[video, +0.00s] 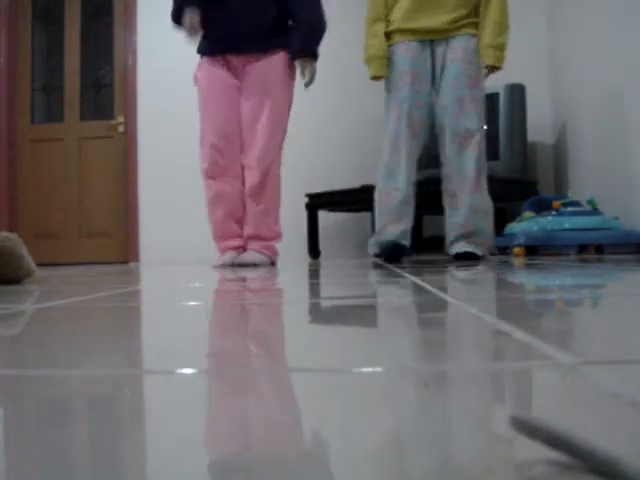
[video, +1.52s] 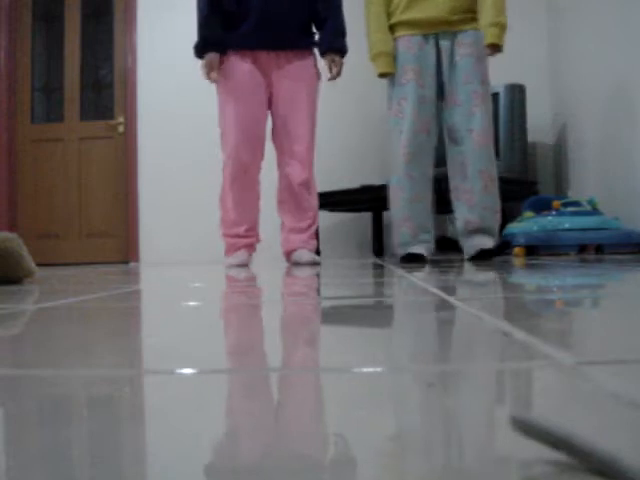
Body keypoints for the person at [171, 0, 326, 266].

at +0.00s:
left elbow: (307, 4)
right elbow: (180, 8)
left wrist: (306, 46)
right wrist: (186, 10)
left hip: (270, 55)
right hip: (216, 56)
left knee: (261, 156)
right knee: (218, 155)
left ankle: (260, 246)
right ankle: (229, 246)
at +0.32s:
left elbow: (307, 1)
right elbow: (187, 5)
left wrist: (322, 39)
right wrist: (172, 55)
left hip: (278, 56)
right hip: (226, 56)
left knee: (285, 153)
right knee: (238, 155)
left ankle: (274, 246)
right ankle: (241, 248)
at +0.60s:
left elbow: (309, 0)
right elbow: (189, 3)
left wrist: (312, 45)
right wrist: (198, 18)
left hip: (274, 56)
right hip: (219, 56)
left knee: (276, 154)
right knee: (227, 156)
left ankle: (272, 242)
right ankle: (235, 245)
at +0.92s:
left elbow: (306, 9)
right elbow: (194, 8)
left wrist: (312, 62)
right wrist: (190, 34)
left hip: (272, 60)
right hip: (217, 64)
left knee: (257, 122)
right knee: (215, 160)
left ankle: (270, 212)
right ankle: (238, 245)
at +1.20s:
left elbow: (309, 1)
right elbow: (192, 2)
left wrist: (314, 44)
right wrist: (192, 41)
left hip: (285, 49)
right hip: (227, 52)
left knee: (292, 153)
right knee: (236, 156)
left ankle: (296, 239)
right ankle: (242, 244)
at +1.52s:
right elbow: (208, 2)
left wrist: (333, 41)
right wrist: (210, 43)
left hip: (296, 54)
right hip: (238, 54)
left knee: (298, 159)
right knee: (240, 157)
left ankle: (300, 245)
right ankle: (239, 245)